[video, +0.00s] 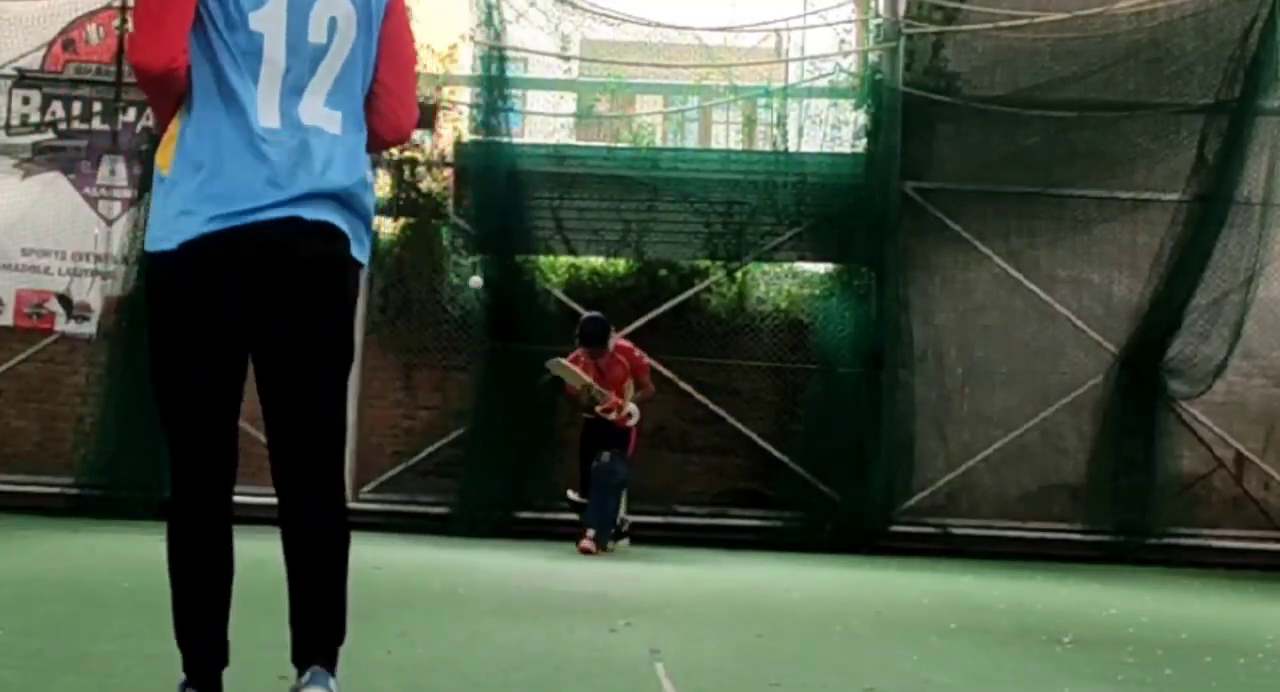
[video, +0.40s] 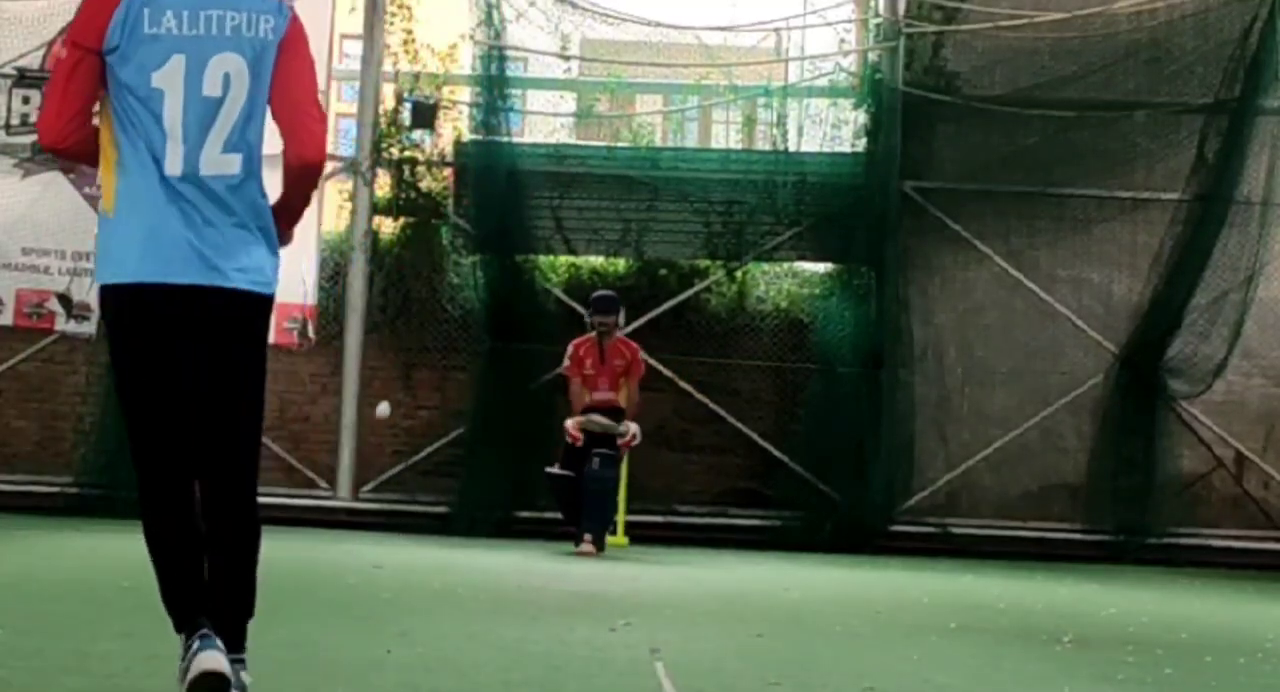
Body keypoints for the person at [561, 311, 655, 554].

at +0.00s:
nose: (595, 357)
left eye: (600, 351)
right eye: (590, 352)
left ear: (610, 340)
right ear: (582, 345)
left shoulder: (629, 354)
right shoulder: (577, 361)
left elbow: (648, 388)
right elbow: (576, 398)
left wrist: (628, 402)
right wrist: (584, 395)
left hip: (621, 421)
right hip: (592, 419)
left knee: (610, 474)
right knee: (589, 476)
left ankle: (595, 533)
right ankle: (601, 529)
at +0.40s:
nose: (603, 321)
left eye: (609, 315)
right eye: (598, 315)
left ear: (618, 318)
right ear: (590, 318)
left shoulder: (631, 351)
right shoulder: (578, 348)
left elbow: (633, 389)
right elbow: (575, 385)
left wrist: (629, 420)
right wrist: (576, 416)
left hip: (616, 409)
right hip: (587, 408)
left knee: (605, 472)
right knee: (577, 469)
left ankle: (594, 534)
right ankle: (583, 531)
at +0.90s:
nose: (608, 294)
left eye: (615, 290)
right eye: (605, 288)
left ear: (625, 297)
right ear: (597, 292)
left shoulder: (633, 333)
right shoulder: (580, 325)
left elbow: (640, 375)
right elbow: (556, 360)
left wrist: (643, 407)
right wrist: (560, 384)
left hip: (618, 397)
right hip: (587, 396)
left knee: (608, 462)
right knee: (582, 460)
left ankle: (593, 531)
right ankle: (587, 528)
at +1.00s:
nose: (614, 295)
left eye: (621, 291)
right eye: (611, 288)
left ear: (627, 298)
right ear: (601, 292)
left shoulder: (633, 331)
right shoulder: (580, 324)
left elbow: (638, 368)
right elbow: (561, 364)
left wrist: (640, 396)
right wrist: (578, 366)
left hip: (620, 396)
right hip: (590, 395)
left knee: (613, 459)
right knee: (585, 458)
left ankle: (601, 527)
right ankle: (587, 525)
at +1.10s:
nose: (630, 302)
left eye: (632, 296)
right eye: (626, 295)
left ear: (632, 299)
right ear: (609, 292)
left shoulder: (632, 327)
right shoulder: (584, 322)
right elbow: (573, 362)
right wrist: (600, 353)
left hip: (624, 395)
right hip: (594, 394)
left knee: (619, 459)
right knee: (592, 459)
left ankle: (613, 529)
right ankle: (590, 528)